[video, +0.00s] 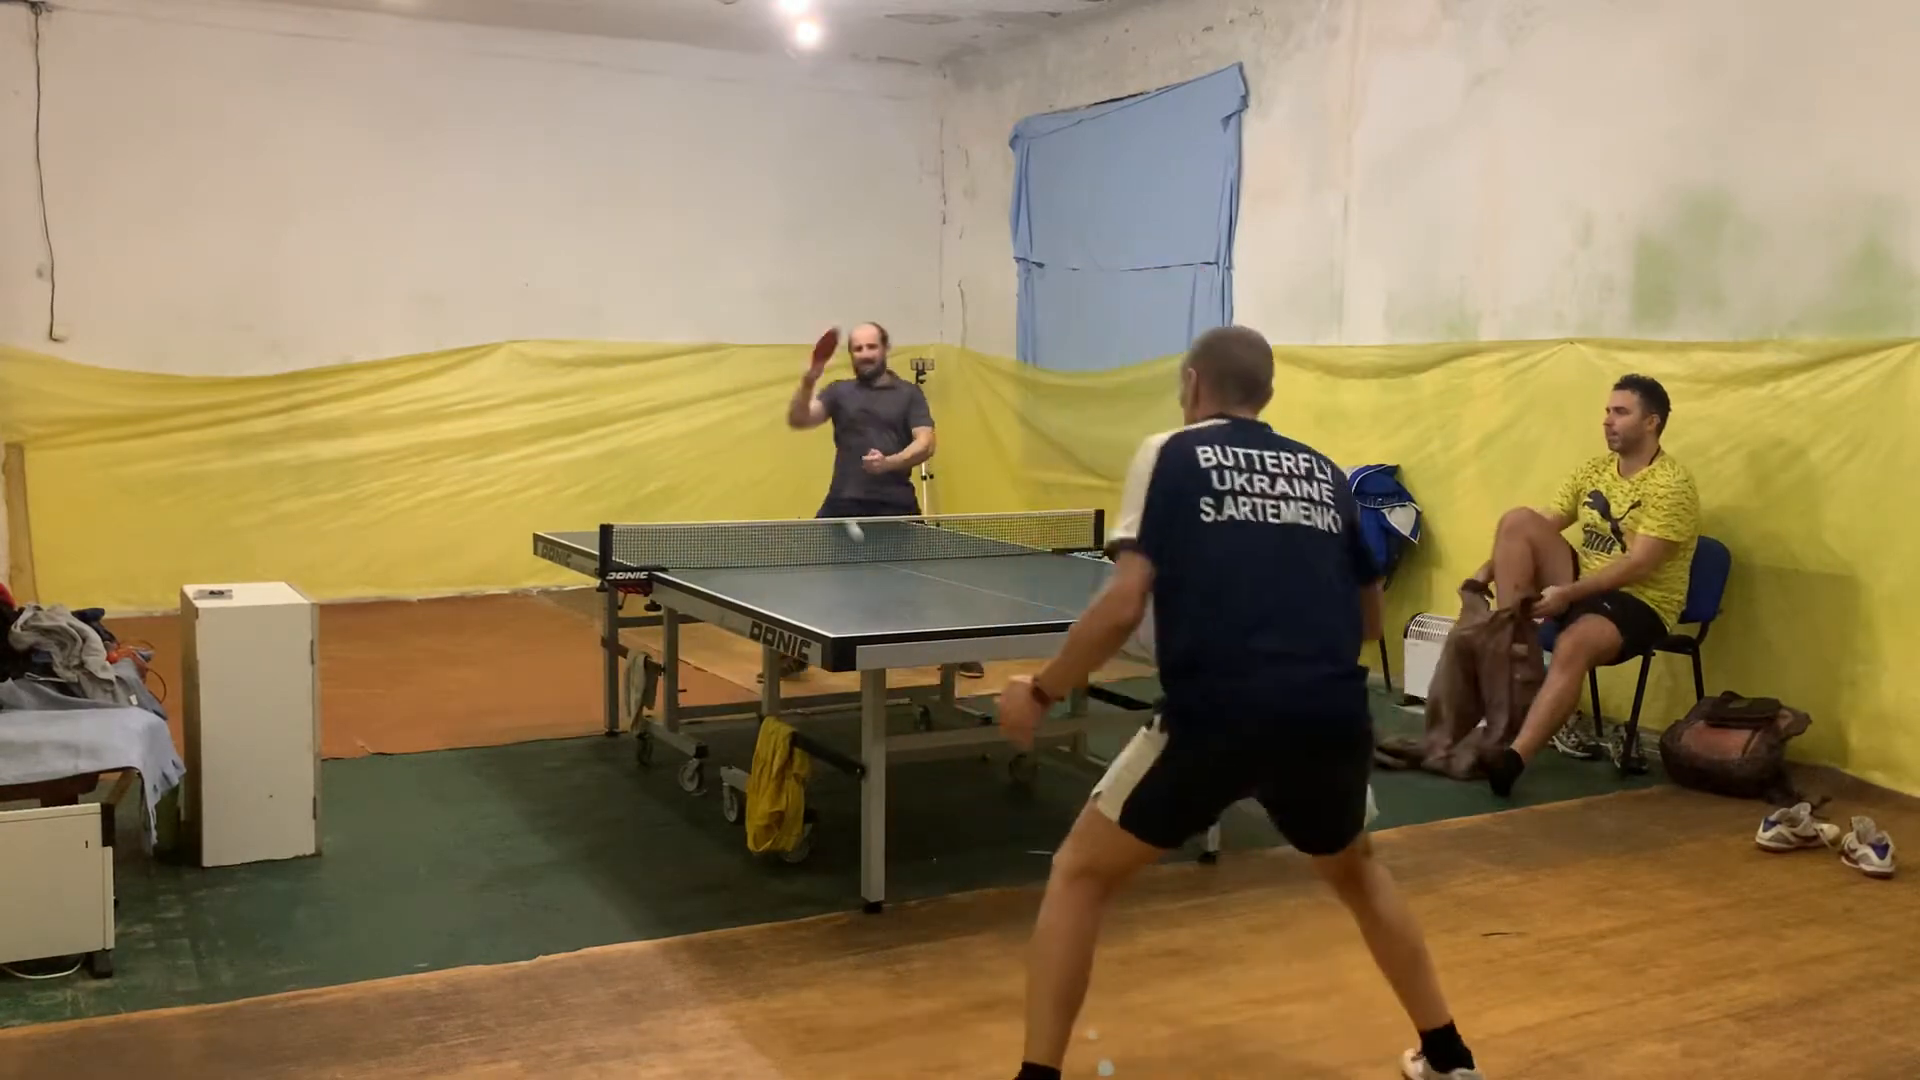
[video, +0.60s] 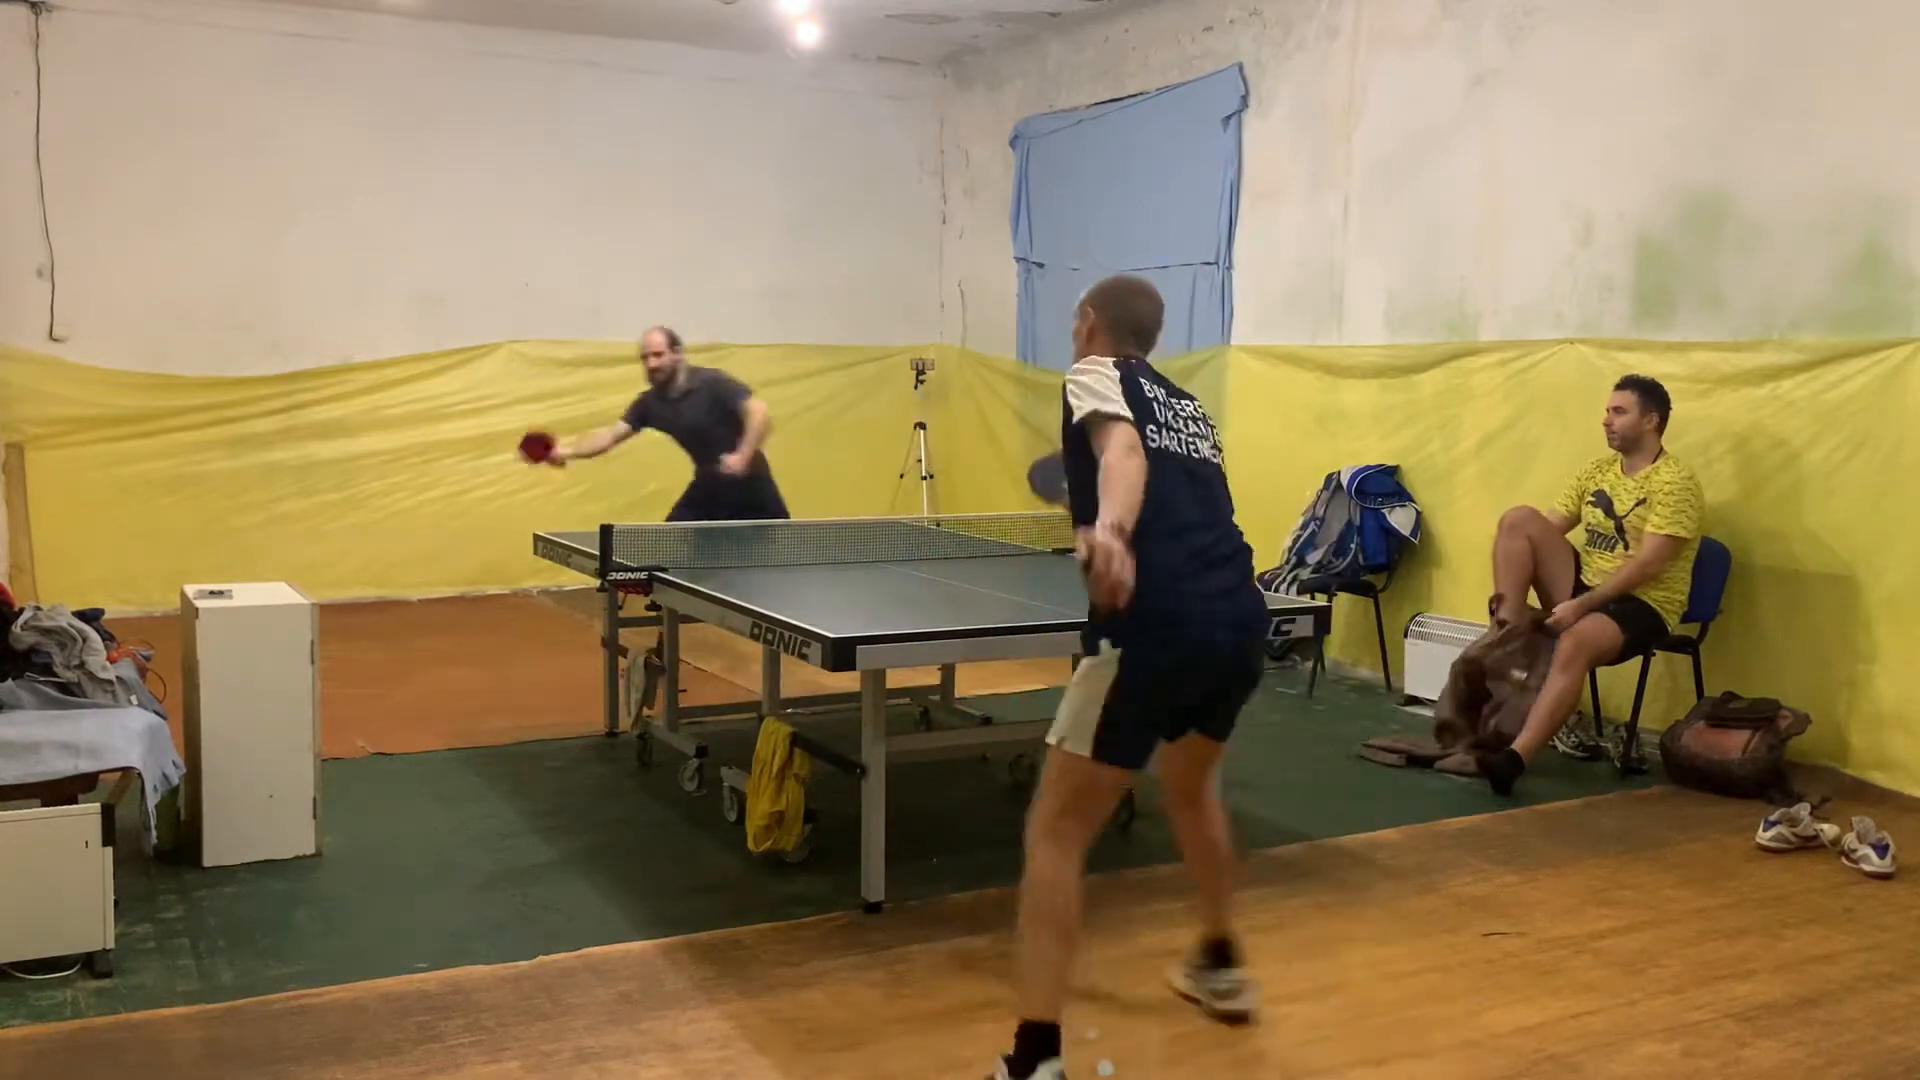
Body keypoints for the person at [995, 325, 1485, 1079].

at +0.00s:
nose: (1179, 398)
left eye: (1181, 388)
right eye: (1180, 388)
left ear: (1194, 387)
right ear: (1268, 396)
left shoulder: (1169, 453)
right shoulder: (1326, 472)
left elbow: (1125, 603)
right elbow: (1367, 618)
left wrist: (1042, 689)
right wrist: (1298, 673)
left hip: (1211, 722)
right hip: (1328, 720)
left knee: (1082, 873)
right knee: (1358, 871)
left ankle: (1038, 1071)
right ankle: (1448, 1053)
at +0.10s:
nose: (1178, 415)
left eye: (1179, 404)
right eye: (1178, 405)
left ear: (1195, 400)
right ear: (1265, 408)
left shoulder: (1179, 456)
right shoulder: (1319, 472)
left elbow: (1148, 597)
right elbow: (1341, 597)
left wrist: (1055, 685)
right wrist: (1197, 634)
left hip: (1226, 719)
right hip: (1340, 718)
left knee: (1089, 875)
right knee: (1356, 870)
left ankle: (1039, 1072)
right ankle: (1451, 1057)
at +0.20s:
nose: (1160, 400)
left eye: (1162, 389)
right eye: (1161, 389)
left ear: (1179, 384)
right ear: (1245, 396)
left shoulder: (1174, 428)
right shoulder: (1285, 461)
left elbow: (1153, 547)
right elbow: (1287, 571)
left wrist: (1033, 632)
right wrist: (1169, 584)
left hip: (1230, 690)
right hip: (1336, 688)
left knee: (1113, 870)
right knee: (1349, 873)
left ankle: (1042, 1070)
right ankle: (1449, 1055)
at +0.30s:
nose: (1140, 379)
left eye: (1145, 370)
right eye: (1144, 370)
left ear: (1159, 373)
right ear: (1217, 390)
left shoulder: (1160, 403)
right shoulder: (1236, 446)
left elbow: (1142, 489)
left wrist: (1010, 550)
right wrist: (1105, 506)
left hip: (1219, 662)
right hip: (1324, 657)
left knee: (1123, 881)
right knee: (1366, 866)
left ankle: (1050, 1069)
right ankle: (1448, 1051)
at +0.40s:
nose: (1106, 357)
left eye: (1111, 349)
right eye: (1112, 350)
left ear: (1123, 355)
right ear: (1176, 377)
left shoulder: (1124, 387)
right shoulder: (1193, 430)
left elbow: (1129, 453)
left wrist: (1039, 483)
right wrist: (1081, 459)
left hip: (1194, 655)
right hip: (1289, 647)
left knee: (1111, 872)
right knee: (1334, 844)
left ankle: (1050, 1071)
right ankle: (1445, 1030)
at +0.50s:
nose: (1078, 340)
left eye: (1082, 328)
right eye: (1084, 329)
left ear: (1095, 335)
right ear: (1152, 353)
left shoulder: (1098, 376)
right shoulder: (1181, 412)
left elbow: (1122, 429)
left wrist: (1087, 482)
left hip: (1164, 643)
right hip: (1252, 633)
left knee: (1093, 855)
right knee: (1237, 800)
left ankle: (1046, 1066)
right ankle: (1371, 961)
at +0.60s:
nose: (1073, 333)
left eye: (1076, 321)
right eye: (1077, 321)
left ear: (1089, 325)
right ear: (1151, 338)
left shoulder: (1092, 374)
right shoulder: (1182, 401)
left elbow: (1124, 448)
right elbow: (1195, 502)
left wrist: (1111, 524)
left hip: (1151, 628)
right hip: (1237, 623)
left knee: (1057, 830)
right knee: (1191, 783)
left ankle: (1036, 1052)